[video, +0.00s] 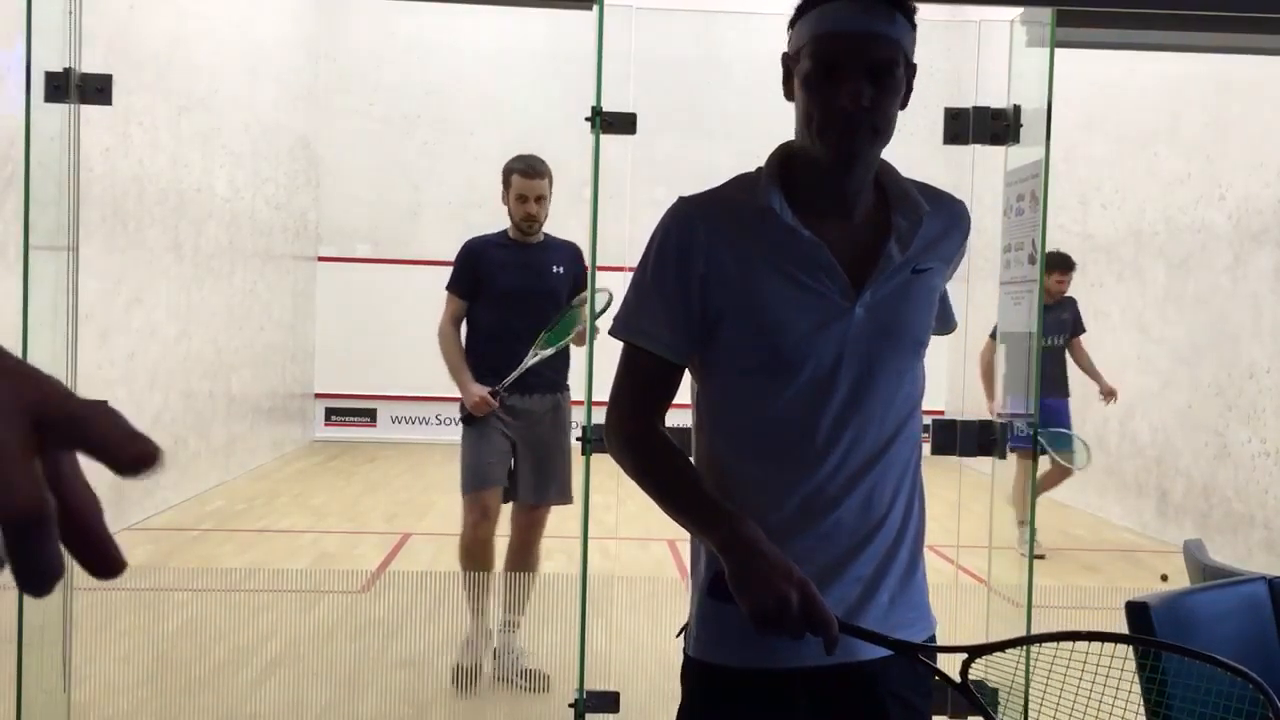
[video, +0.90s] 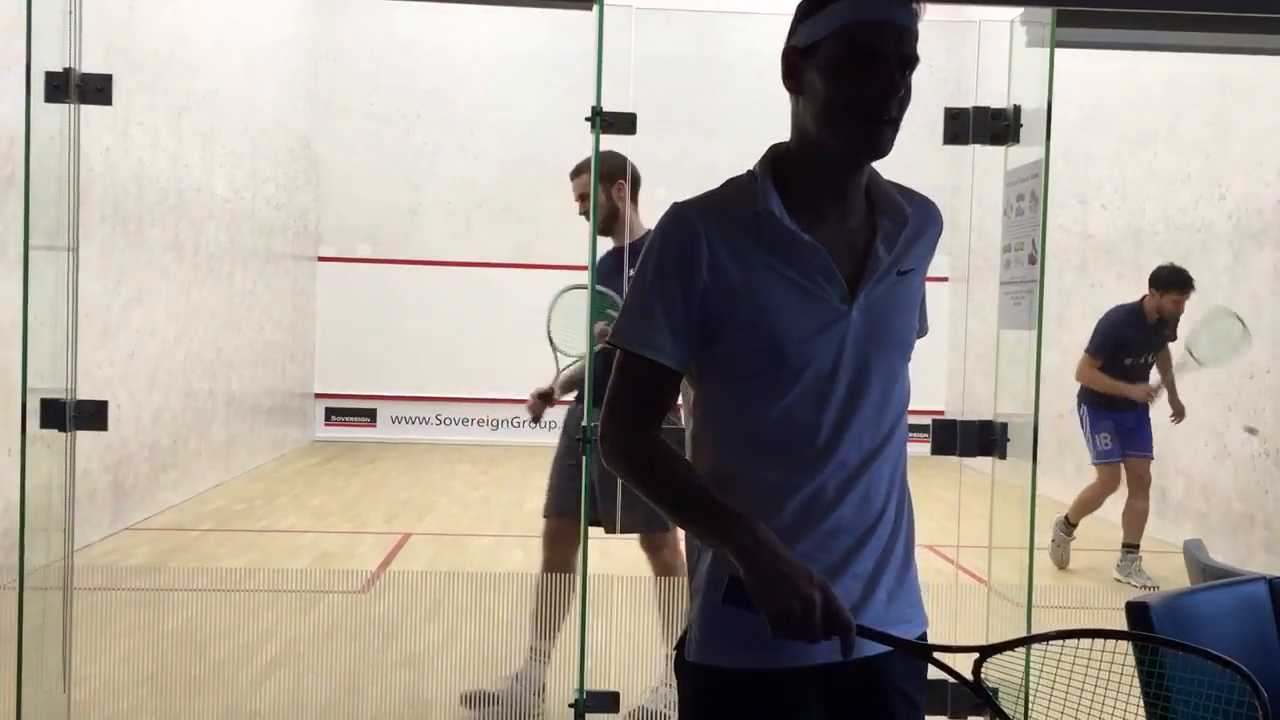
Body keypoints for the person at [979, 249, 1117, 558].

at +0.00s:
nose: (1064, 286)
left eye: (1068, 280)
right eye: (1059, 279)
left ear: (1070, 279)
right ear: (1042, 277)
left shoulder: (1068, 306)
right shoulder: (1020, 306)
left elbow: (1075, 348)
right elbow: (987, 352)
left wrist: (1101, 381)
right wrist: (991, 398)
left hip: (1056, 398)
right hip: (1022, 398)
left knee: (1064, 465)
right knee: (1026, 466)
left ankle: (1023, 496)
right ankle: (1025, 534)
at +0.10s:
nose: (1078, 288)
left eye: (1082, 282)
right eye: (1073, 281)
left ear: (1084, 281)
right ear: (1056, 278)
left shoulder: (1079, 306)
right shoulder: (1032, 307)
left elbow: (1080, 351)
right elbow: (1005, 358)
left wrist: (1091, 394)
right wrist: (1016, 402)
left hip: (1066, 400)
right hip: (1033, 401)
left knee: (1086, 463)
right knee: (1033, 468)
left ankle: (1052, 513)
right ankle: (1026, 532)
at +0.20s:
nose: (1094, 293)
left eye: (1097, 288)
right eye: (1089, 287)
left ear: (1100, 286)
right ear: (1072, 281)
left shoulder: (1093, 310)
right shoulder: (1045, 314)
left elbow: (1086, 352)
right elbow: (1031, 369)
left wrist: (1079, 390)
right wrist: (1048, 412)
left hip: (1077, 401)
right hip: (1045, 403)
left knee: (1098, 462)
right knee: (1039, 469)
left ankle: (1088, 538)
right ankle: (1027, 533)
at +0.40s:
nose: (1136, 317)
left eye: (1139, 311)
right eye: (1131, 311)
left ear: (1141, 307)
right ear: (1112, 303)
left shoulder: (1125, 330)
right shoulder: (1085, 335)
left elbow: (1107, 371)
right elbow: (1083, 394)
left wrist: (1106, 410)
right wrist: (1099, 442)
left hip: (1105, 412)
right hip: (1069, 415)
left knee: (1122, 480)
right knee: (1059, 487)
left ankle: (1128, 560)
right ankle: (1032, 527)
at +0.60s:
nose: (1169, 341)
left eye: (1173, 335)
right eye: (1165, 335)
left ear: (1178, 328)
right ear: (1146, 324)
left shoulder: (1148, 335)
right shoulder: (1122, 354)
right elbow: (1119, 422)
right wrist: (1130, 472)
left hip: (1119, 411)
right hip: (1088, 417)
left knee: (1145, 482)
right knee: (1104, 493)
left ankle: (1130, 561)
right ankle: (1058, 528)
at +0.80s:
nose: (1184, 322)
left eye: (1187, 315)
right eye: (1180, 315)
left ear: (1167, 310)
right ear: (1158, 307)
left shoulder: (1163, 329)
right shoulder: (1121, 335)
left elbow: (1153, 358)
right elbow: (1096, 394)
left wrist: (1161, 395)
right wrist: (1137, 428)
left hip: (1131, 404)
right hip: (1097, 404)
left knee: (1144, 482)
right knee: (1122, 482)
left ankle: (1129, 562)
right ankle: (1068, 530)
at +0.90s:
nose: (1182, 307)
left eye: (1184, 300)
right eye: (1177, 300)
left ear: (1176, 299)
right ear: (1155, 295)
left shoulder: (1168, 321)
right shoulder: (1117, 320)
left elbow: (1162, 352)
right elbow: (1083, 373)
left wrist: (1172, 395)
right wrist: (1132, 390)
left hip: (1133, 406)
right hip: (1096, 404)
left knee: (1140, 481)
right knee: (1109, 480)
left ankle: (1128, 561)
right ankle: (1064, 528)